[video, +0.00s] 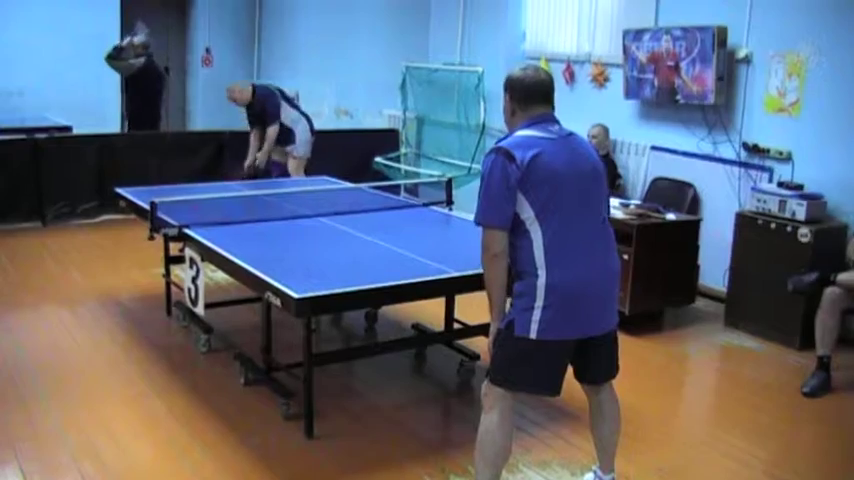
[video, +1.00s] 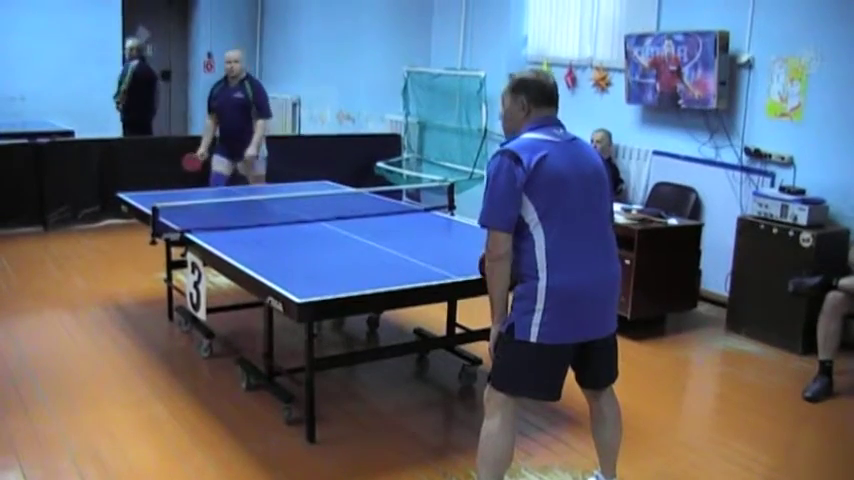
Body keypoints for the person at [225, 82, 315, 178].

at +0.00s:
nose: (236, 104)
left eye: (235, 100)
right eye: (234, 102)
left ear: (239, 91)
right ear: (239, 92)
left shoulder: (267, 95)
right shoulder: (250, 104)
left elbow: (273, 127)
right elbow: (255, 131)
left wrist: (264, 153)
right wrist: (250, 157)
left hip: (300, 128)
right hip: (280, 131)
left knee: (295, 169)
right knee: (276, 168)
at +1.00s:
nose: (231, 66)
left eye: (235, 62)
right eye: (228, 62)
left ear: (242, 64)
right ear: (224, 65)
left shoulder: (253, 86)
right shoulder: (217, 88)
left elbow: (262, 119)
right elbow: (212, 120)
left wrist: (253, 147)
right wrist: (203, 147)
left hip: (250, 147)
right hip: (224, 147)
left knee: (258, 193)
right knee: (215, 190)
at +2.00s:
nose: (213, 62)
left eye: (217, 59)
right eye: (209, 58)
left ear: (221, 63)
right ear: (201, 61)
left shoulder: (229, 92)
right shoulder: (183, 88)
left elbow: (237, 125)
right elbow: (173, 117)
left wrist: (232, 155)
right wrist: (173, 152)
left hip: (217, 159)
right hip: (186, 157)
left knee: (219, 208)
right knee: (177, 207)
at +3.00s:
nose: (159, 73)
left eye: (162, 67)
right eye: (153, 69)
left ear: (169, 67)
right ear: (146, 74)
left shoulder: (187, 91)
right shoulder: (140, 100)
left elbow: (197, 127)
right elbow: (135, 136)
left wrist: (188, 161)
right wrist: (134, 171)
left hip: (192, 159)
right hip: (161, 164)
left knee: (195, 212)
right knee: (167, 215)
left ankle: (200, 261)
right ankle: (175, 261)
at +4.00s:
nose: (230, 80)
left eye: (232, 76)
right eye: (226, 75)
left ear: (235, 76)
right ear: (212, 71)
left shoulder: (234, 96)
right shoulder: (192, 92)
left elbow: (242, 129)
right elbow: (184, 123)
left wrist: (247, 145)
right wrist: (214, 131)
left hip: (226, 165)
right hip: (197, 166)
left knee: (227, 212)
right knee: (197, 212)